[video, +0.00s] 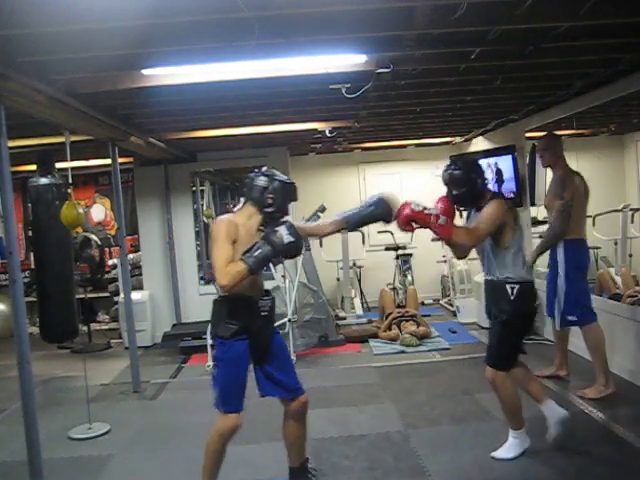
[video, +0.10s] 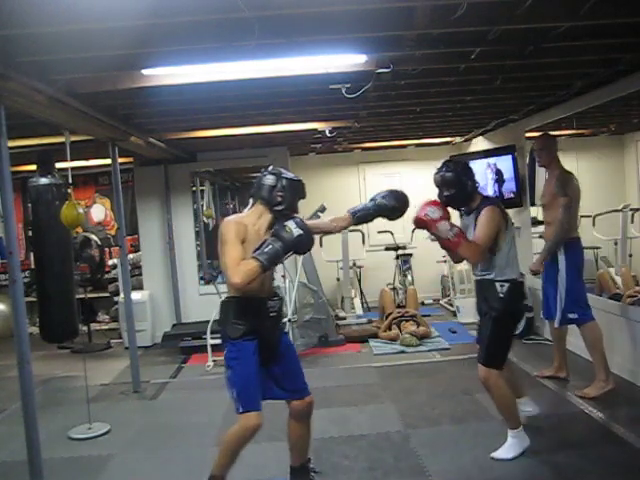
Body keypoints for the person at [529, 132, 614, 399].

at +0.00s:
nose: (539, 156)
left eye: (542, 152)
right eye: (538, 152)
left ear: (555, 152)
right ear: (552, 154)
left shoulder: (565, 181)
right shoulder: (571, 179)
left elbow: (558, 226)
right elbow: (567, 220)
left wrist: (536, 252)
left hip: (569, 249)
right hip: (566, 248)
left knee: (583, 313)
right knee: (559, 309)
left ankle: (604, 380)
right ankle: (560, 365)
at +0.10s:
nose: (536, 156)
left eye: (540, 151)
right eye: (535, 152)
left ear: (553, 151)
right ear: (540, 154)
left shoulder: (565, 179)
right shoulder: (551, 179)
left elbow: (564, 223)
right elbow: (555, 220)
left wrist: (542, 258)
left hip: (567, 248)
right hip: (555, 249)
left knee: (580, 312)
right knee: (555, 311)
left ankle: (603, 377)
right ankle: (559, 366)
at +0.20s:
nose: (534, 153)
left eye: (538, 148)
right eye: (532, 149)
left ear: (548, 150)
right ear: (531, 152)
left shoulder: (560, 175)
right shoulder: (542, 177)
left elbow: (575, 215)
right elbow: (545, 219)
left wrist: (556, 248)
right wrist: (538, 250)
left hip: (565, 245)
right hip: (548, 246)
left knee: (573, 310)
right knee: (554, 310)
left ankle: (601, 373)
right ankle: (559, 366)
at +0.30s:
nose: (529, 153)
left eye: (533, 148)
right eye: (527, 149)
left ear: (544, 148)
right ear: (526, 152)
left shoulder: (558, 175)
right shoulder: (534, 183)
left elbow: (581, 211)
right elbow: (531, 221)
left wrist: (564, 244)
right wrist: (518, 255)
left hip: (567, 245)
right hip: (547, 246)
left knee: (568, 309)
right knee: (554, 309)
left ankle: (597, 370)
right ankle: (560, 366)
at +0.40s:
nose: (525, 155)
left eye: (529, 150)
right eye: (522, 151)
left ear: (541, 151)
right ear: (520, 155)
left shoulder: (558, 176)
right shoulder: (529, 187)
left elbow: (584, 212)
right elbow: (521, 224)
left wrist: (570, 243)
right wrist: (504, 255)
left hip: (567, 245)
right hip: (546, 247)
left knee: (568, 311)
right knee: (555, 312)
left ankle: (588, 373)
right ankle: (560, 367)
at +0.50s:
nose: (524, 156)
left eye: (528, 150)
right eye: (522, 151)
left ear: (540, 151)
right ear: (521, 155)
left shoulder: (559, 176)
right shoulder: (529, 188)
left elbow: (583, 212)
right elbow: (517, 224)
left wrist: (571, 244)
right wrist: (498, 253)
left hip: (569, 246)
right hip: (547, 248)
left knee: (572, 312)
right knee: (556, 313)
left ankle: (585, 372)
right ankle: (560, 367)